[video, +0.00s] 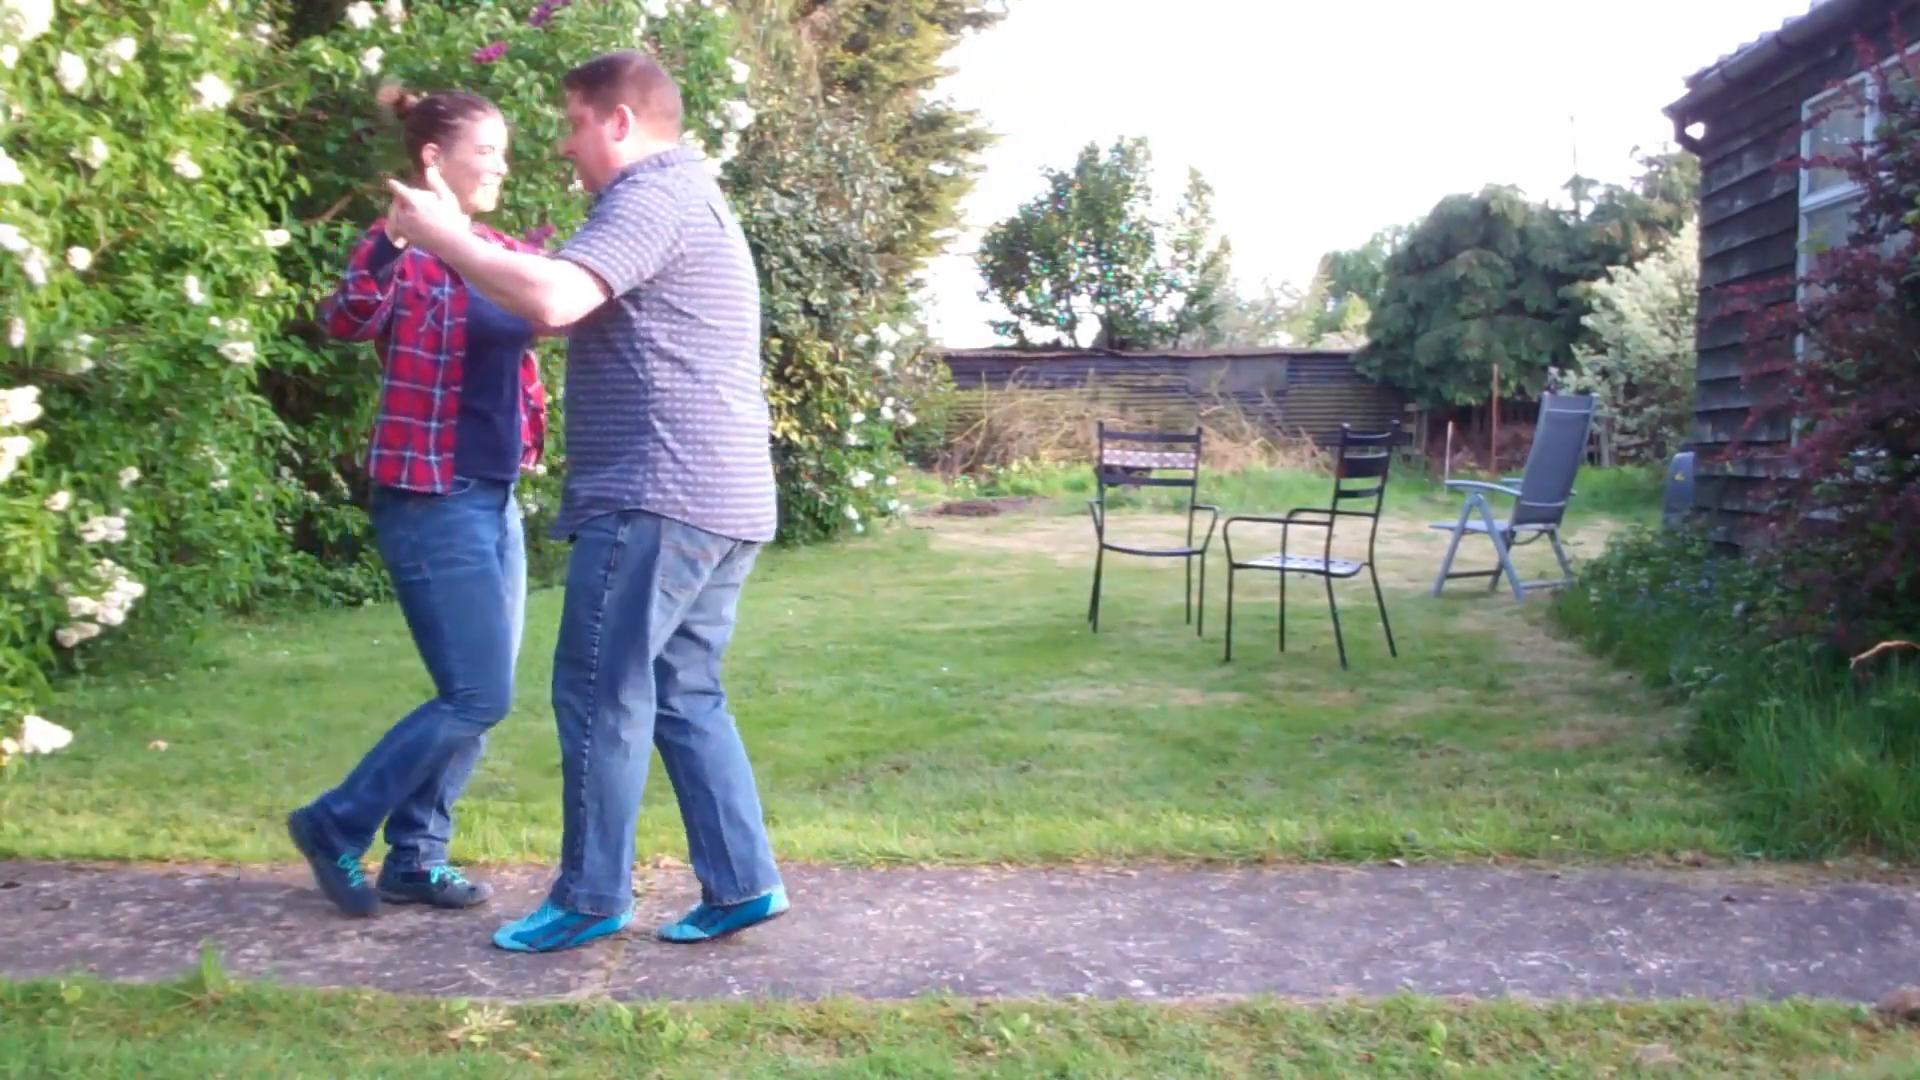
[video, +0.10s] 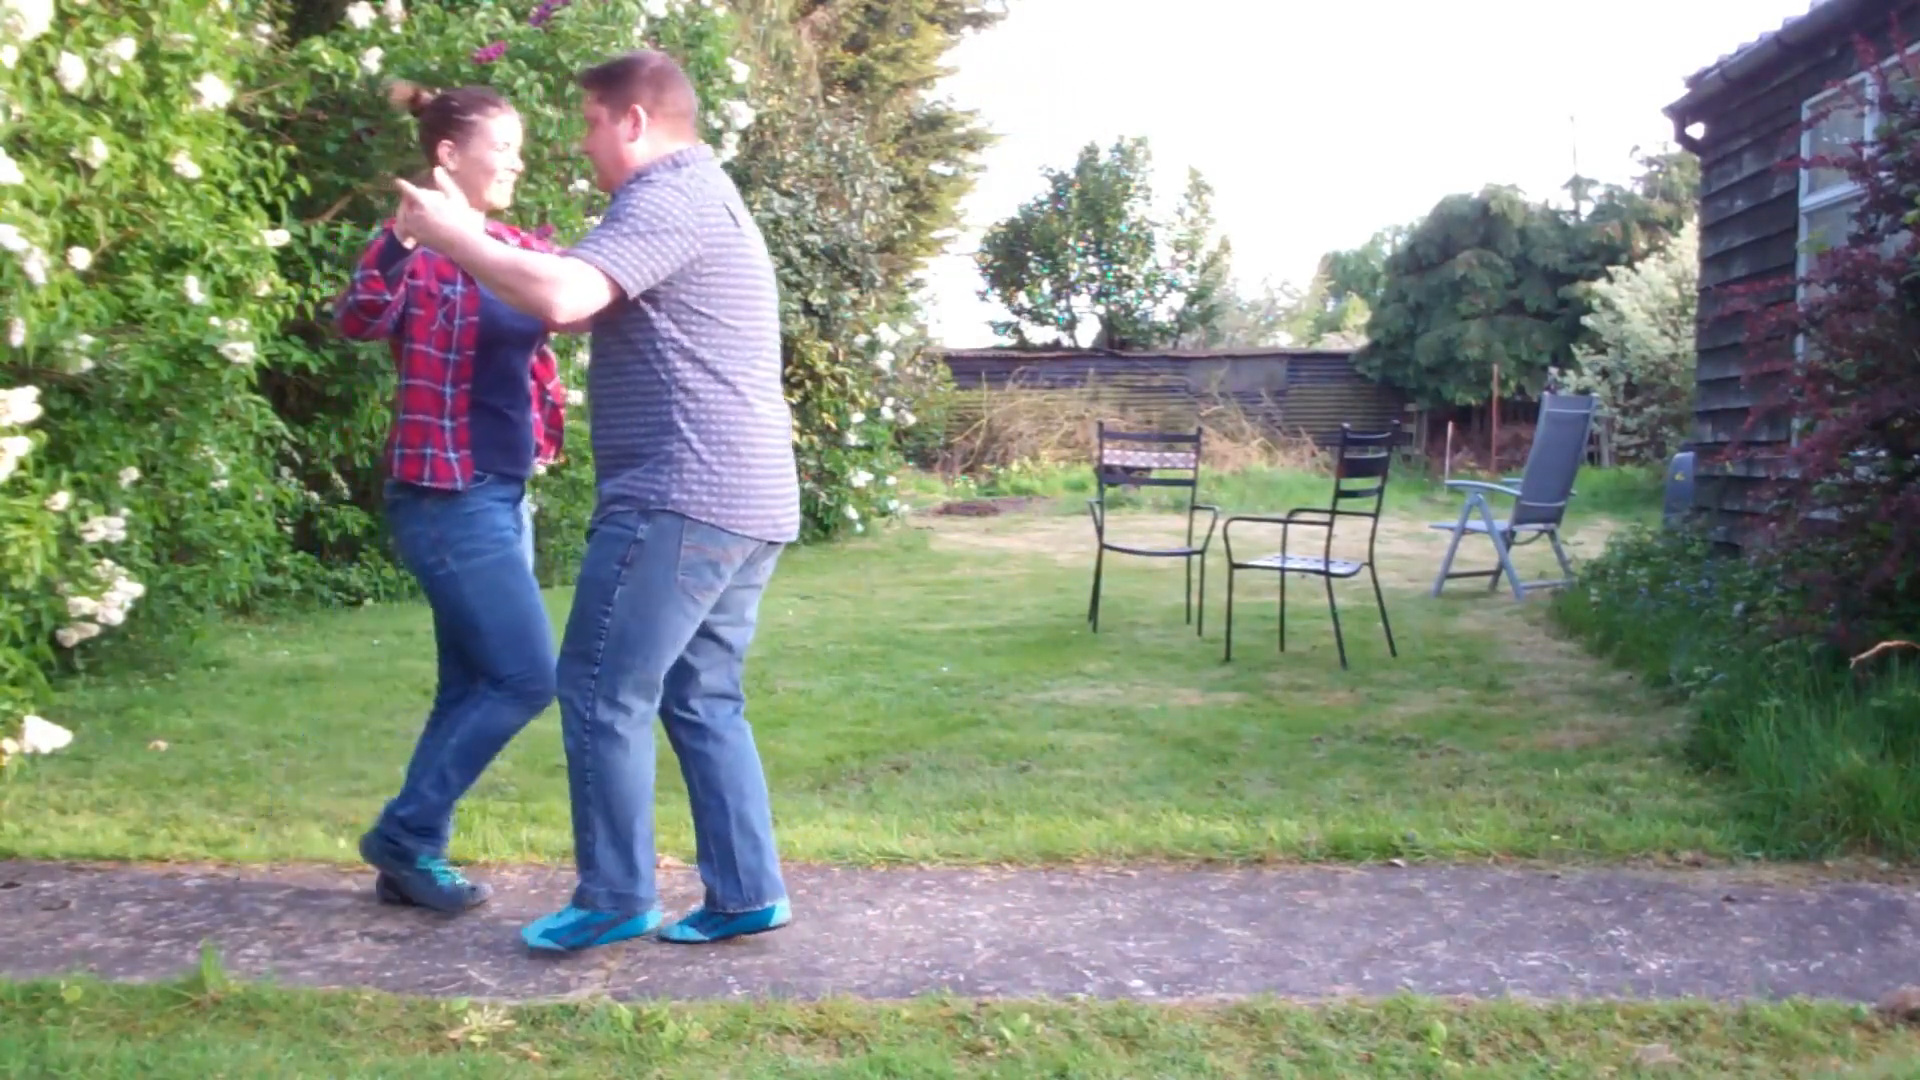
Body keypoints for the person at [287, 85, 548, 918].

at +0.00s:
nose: (499, 168)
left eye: (503, 155)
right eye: (486, 154)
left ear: (492, 166)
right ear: (434, 157)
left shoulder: (500, 251)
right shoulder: (401, 249)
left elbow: (539, 319)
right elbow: (341, 325)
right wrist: (386, 240)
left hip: (494, 494)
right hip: (429, 497)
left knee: (483, 694)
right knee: (477, 695)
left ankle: (416, 855)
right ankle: (332, 826)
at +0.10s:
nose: (515, 166)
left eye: (518, 152)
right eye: (503, 151)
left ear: (505, 159)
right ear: (450, 153)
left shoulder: (519, 248)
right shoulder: (414, 242)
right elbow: (358, 322)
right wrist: (402, 238)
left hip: (503, 492)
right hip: (445, 494)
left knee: (467, 686)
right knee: (526, 678)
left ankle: (413, 852)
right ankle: (404, 835)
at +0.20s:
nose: (532, 163)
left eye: (534, 149)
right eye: (520, 148)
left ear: (506, 155)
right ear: (466, 150)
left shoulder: (526, 241)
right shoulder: (434, 242)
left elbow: (589, 290)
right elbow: (369, 318)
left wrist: (590, 246)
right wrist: (404, 234)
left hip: (511, 489)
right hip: (462, 492)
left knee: (469, 688)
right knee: (553, 668)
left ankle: (412, 855)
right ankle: (502, 861)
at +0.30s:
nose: (552, 161)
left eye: (554, 146)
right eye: (538, 145)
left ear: (519, 154)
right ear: (485, 148)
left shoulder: (545, 242)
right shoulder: (449, 238)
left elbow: (597, 310)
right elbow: (385, 313)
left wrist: (606, 251)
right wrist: (411, 228)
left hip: (526, 485)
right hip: (482, 489)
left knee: (476, 685)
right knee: (573, 676)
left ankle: (415, 852)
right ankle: (557, 879)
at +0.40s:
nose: (574, 163)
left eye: (577, 149)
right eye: (561, 147)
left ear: (530, 153)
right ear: (510, 147)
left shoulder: (564, 239)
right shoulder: (471, 238)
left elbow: (616, 328)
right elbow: (398, 312)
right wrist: (419, 225)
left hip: (530, 487)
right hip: (517, 489)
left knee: (498, 685)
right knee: (584, 683)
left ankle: (421, 846)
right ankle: (558, 880)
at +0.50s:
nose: (599, 158)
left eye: (601, 144)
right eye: (587, 142)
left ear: (550, 146)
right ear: (533, 142)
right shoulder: (493, 231)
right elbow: (419, 316)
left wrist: (654, 443)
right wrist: (434, 233)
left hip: (561, 478)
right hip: (545, 482)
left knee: (565, 682)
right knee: (584, 687)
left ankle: (452, 824)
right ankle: (557, 878)